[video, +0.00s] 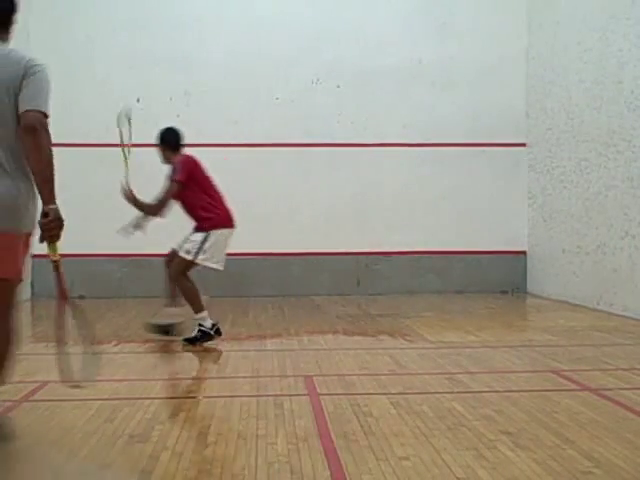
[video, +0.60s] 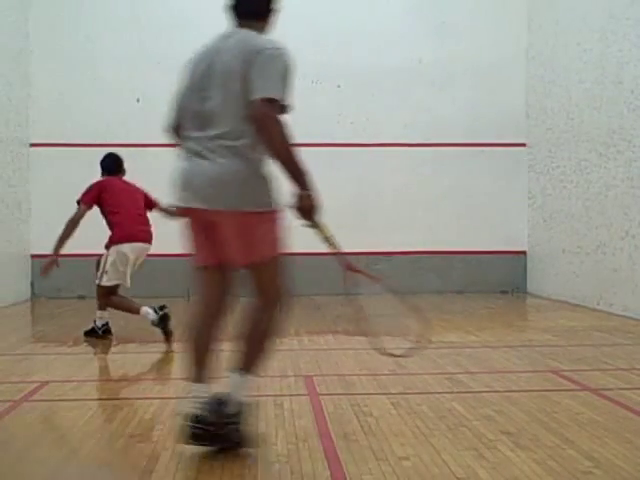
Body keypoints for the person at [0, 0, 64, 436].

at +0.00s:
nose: (12, 22)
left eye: (8, 16)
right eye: (13, 15)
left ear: (3, 21)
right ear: (11, 19)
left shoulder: (24, 68)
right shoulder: (24, 67)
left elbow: (31, 127)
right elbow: (32, 125)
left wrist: (47, 203)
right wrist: (49, 203)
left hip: (13, 213)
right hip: (10, 211)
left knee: (7, 313)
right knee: (4, 312)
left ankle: (2, 413)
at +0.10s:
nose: (40, 24)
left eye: (34, 17)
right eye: (40, 18)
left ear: (1, 21)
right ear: (37, 22)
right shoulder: (43, 69)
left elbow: (40, 136)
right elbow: (43, 133)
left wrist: (58, 211)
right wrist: (62, 211)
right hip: (18, 205)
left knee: (49, 300)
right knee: (49, 300)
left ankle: (58, 406)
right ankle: (58, 406)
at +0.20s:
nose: (75, 46)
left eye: (69, 38)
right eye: (74, 39)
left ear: (33, 38)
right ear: (69, 42)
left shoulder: (9, 79)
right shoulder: (70, 93)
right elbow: (83, 168)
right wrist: (116, 239)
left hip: (2, 223)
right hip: (38, 227)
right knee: (105, 312)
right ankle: (136, 417)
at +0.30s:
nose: (121, 62)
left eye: (116, 53)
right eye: (120, 55)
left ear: (80, 54)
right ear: (115, 57)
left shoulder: (45, 96)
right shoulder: (113, 105)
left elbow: (16, 154)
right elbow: (132, 176)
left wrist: (86, 195)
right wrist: (183, 242)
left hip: (15, 235)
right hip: (78, 239)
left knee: (1, 325)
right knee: (150, 318)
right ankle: (168, 430)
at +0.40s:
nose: (173, 49)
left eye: (163, 40)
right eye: (174, 42)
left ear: (137, 41)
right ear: (174, 45)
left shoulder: (106, 85)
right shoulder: (171, 91)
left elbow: (77, 151)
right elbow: (190, 155)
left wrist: (128, 164)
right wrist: (232, 223)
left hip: (79, 217)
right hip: (135, 220)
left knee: (40, 319)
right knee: (181, 317)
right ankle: (173, 432)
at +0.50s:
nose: (224, 23)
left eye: (212, 16)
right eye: (225, 17)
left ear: (187, 20)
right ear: (224, 22)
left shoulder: (159, 64)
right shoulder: (224, 66)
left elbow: (127, 134)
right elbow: (228, 127)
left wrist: (181, 147)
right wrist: (268, 192)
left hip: (140, 199)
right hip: (192, 202)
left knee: (134, 300)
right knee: (205, 310)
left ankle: (102, 405)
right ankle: (184, 421)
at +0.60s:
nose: (272, 14)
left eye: (266, 9)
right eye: (273, 9)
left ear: (233, 11)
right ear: (269, 11)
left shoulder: (206, 53)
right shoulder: (267, 50)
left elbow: (179, 126)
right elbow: (263, 114)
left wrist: (225, 149)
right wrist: (303, 184)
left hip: (196, 188)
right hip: (243, 189)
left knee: (212, 292)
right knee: (270, 294)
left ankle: (200, 405)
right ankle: (230, 399)